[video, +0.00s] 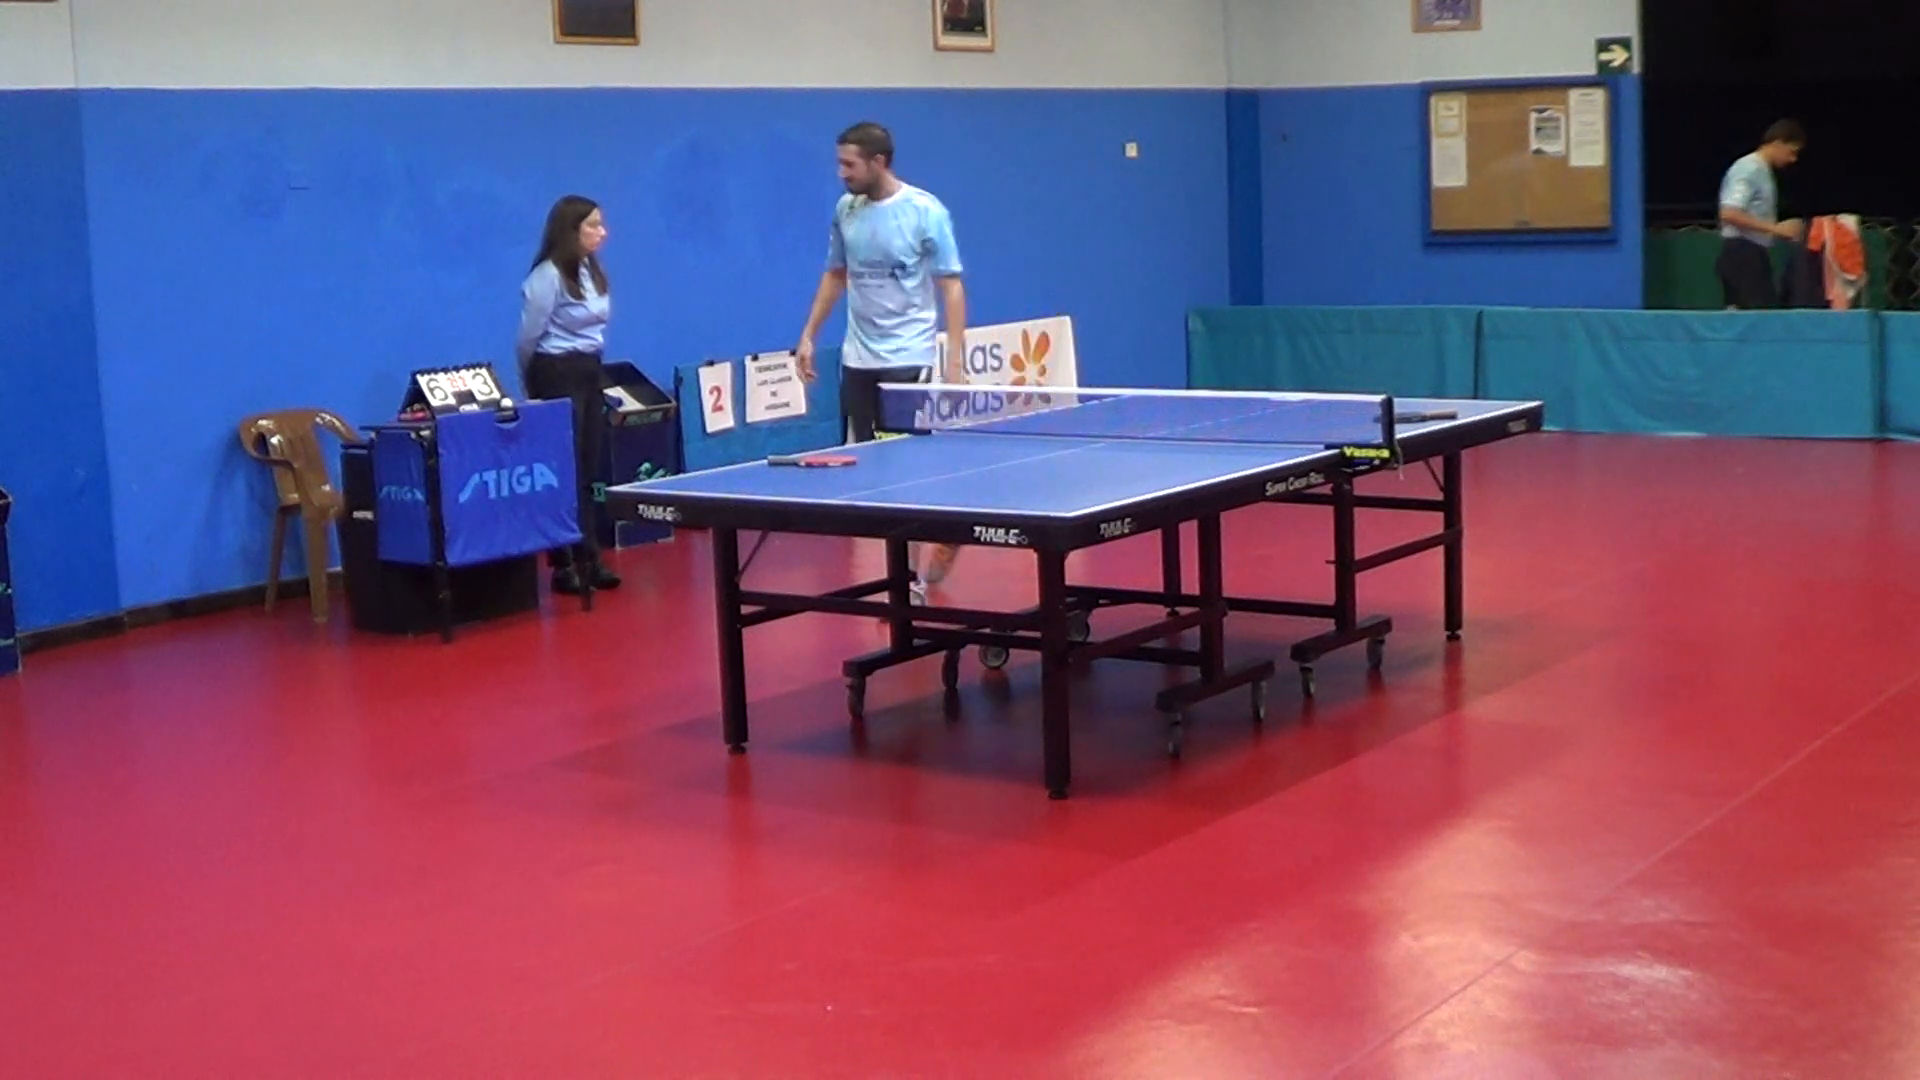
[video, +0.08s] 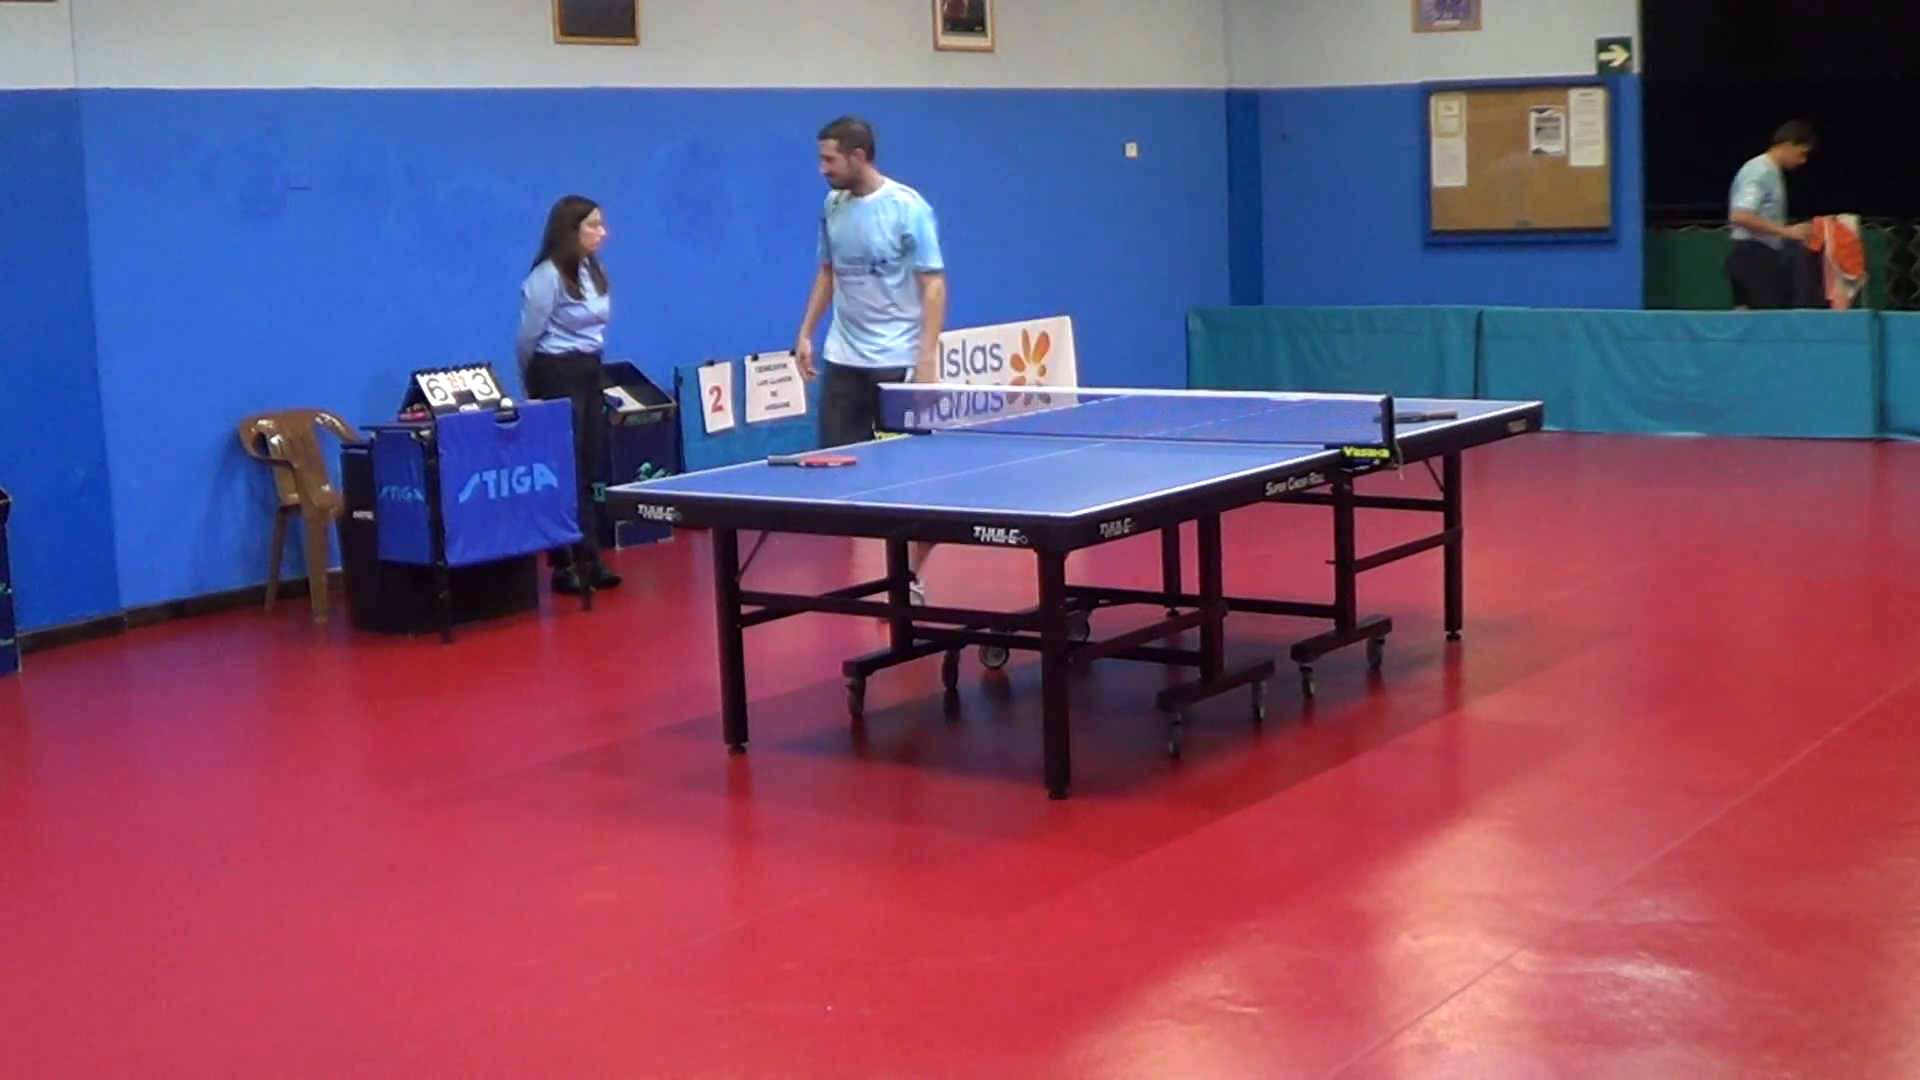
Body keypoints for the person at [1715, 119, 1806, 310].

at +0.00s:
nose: (1793, 159)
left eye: (1795, 154)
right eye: (1792, 152)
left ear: (1778, 144)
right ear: (1777, 142)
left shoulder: (1763, 171)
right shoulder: (1747, 168)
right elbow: (1729, 213)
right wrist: (1776, 229)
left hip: (1756, 251)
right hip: (1741, 251)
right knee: (1760, 317)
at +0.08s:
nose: (1803, 161)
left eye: (1805, 155)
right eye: (1802, 154)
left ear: (1789, 145)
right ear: (1787, 144)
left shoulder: (1772, 172)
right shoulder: (1758, 170)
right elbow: (1740, 215)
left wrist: (1796, 231)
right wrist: (1788, 232)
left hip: (1767, 253)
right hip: (1751, 252)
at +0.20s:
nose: (1821, 161)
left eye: (1823, 156)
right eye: (1820, 154)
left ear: (1808, 146)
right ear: (1807, 145)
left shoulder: (1791, 172)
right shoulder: (1777, 170)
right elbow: (1759, 219)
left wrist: (1812, 234)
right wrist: (1804, 238)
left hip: (1788, 253)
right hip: (1769, 253)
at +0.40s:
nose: (1849, 164)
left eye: (1852, 159)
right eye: (1849, 157)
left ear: (1837, 147)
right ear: (1837, 146)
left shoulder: (1818, 172)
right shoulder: (1806, 171)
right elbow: (1787, 222)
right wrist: (1833, 240)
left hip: (1812, 253)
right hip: (1796, 252)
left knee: (1816, 318)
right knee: (1804, 320)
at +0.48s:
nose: (1860, 162)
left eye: (1863, 157)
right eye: (1860, 155)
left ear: (1848, 146)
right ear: (1848, 145)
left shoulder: (1829, 171)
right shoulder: (1816, 170)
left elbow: (1823, 221)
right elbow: (1798, 222)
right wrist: (1844, 241)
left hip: (1820, 252)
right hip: (1805, 252)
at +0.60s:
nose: (1876, 163)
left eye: (1880, 158)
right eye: (1877, 155)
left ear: (1863, 146)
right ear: (1864, 145)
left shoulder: (1846, 172)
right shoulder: (1833, 170)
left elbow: (1848, 226)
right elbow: (1818, 222)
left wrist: (1857, 267)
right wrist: (1864, 243)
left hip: (1836, 253)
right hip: (1818, 252)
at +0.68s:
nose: (1890, 166)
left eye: (1893, 160)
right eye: (1890, 158)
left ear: (1877, 149)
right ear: (1878, 148)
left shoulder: (1859, 173)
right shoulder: (1846, 171)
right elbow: (1833, 225)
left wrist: (1865, 294)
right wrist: (1878, 247)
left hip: (1846, 255)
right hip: (1828, 254)